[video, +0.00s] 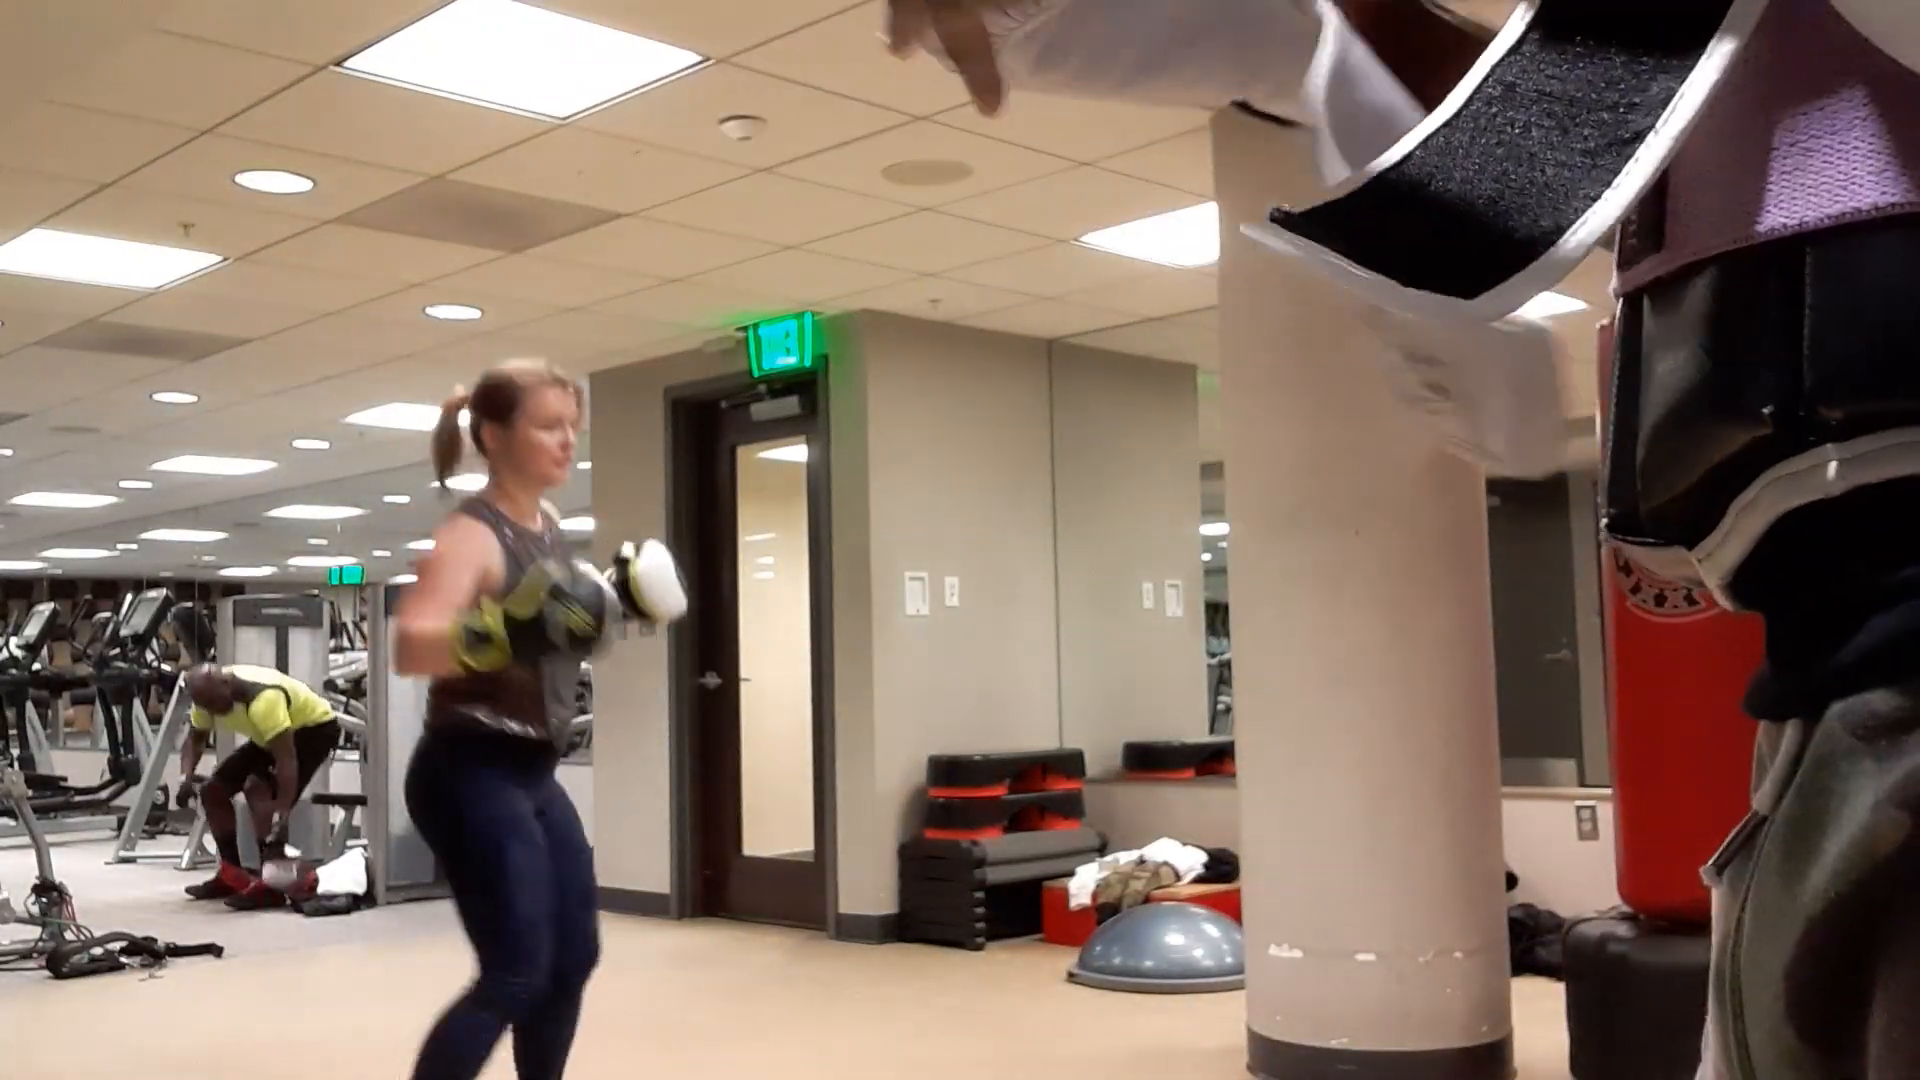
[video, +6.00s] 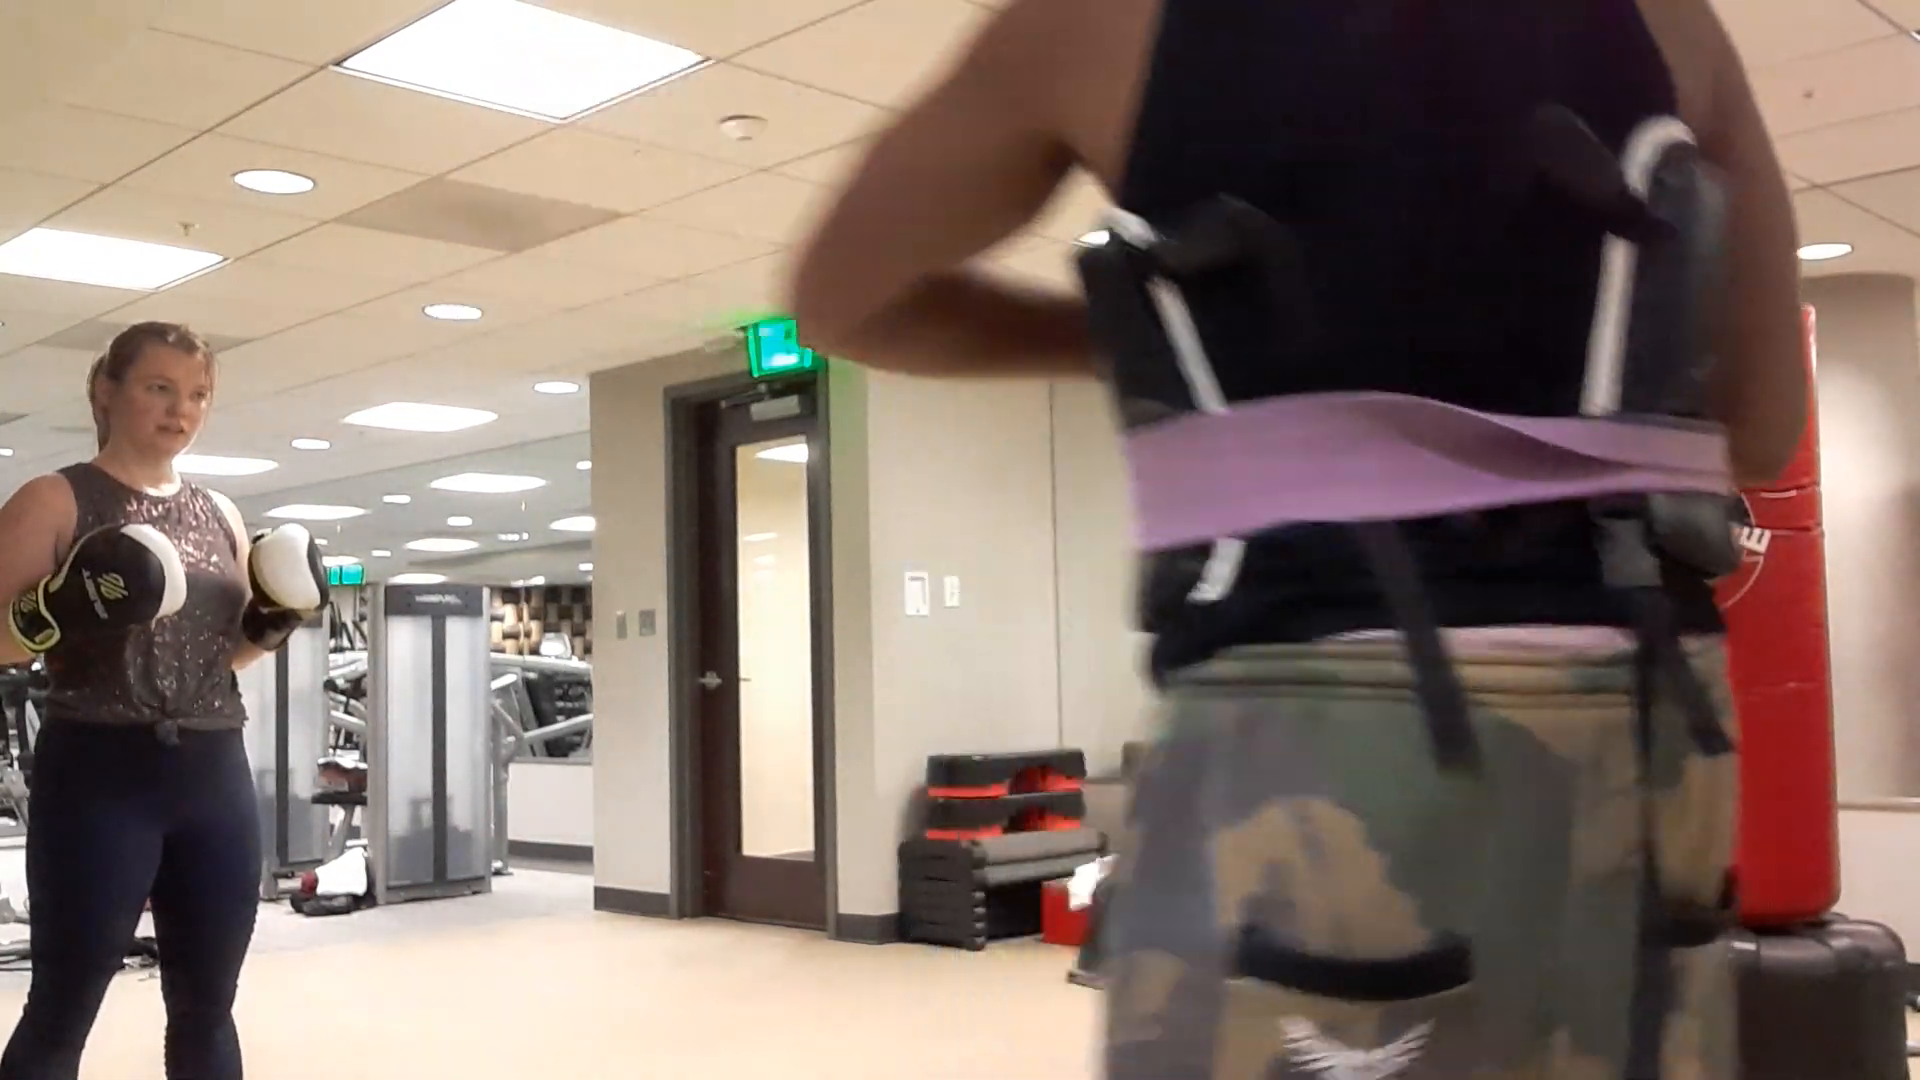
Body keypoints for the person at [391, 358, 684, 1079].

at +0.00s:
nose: (567, 442)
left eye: (571, 428)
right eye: (549, 427)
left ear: (574, 434)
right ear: (494, 435)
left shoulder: (545, 529)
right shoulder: (470, 533)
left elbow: (554, 629)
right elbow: (411, 647)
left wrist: (621, 604)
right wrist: (513, 627)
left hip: (532, 769)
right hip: (468, 770)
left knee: (571, 956)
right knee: (518, 970)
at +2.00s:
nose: (254, 420)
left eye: (266, 407)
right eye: (235, 401)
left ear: (275, 416)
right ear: (180, 403)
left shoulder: (249, 516)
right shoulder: (137, 507)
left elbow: (252, 646)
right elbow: (92, 640)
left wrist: (320, 615)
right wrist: (186, 601)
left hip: (263, 769)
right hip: (170, 772)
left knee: (244, 993)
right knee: (163, 995)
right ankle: (89, 1073)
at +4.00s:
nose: (184, 407)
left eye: (201, 392)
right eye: (162, 386)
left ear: (214, 406)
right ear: (112, 394)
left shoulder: (232, 514)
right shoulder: (65, 503)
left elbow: (241, 658)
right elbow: (6, 649)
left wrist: (288, 613)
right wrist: (64, 605)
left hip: (229, 781)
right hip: (107, 781)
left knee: (214, 1013)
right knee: (67, 1013)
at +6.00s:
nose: (181, 409)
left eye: (196, 395)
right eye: (160, 388)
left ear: (207, 407)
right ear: (105, 392)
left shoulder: (222, 517)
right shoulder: (53, 503)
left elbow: (222, 659)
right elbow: (3, 645)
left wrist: (278, 616)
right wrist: (64, 607)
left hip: (216, 777)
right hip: (95, 777)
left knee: (208, 1008)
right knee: (63, 1008)